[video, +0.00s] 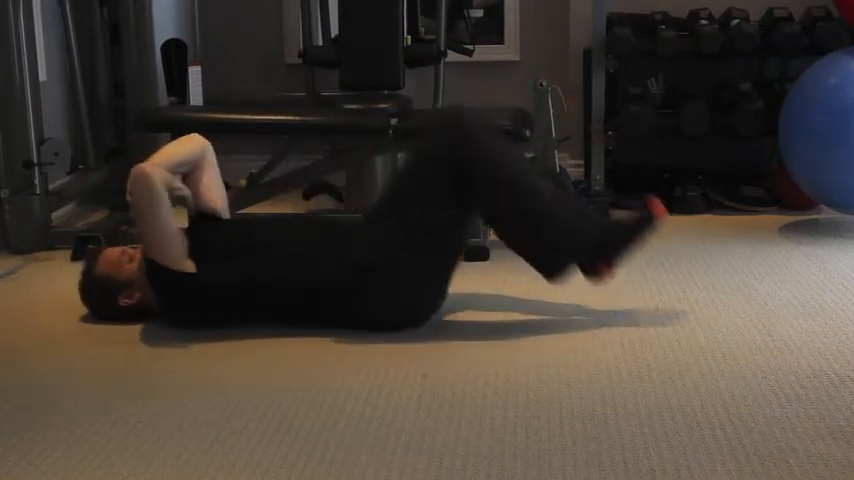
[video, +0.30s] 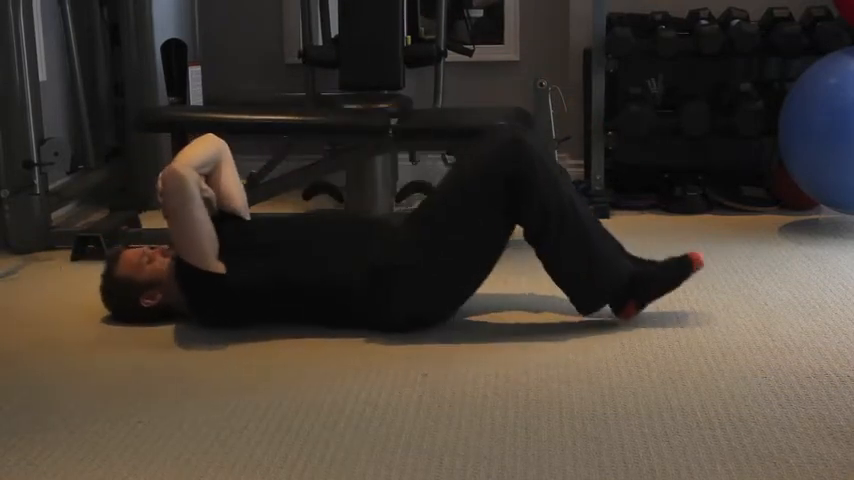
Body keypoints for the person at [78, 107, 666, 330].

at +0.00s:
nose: (130, 254)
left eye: (123, 254)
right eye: (120, 263)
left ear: (140, 267)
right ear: (130, 295)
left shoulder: (206, 250)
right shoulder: (181, 292)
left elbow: (199, 149)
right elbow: (145, 176)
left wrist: (169, 221)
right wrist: (176, 217)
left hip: (388, 259)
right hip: (383, 287)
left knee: (461, 133)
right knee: (456, 139)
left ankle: (574, 240)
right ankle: (585, 243)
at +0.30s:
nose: (153, 256)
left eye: (145, 255)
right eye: (143, 266)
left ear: (162, 261)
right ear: (155, 296)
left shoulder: (226, 253)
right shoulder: (207, 293)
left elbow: (216, 152)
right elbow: (181, 174)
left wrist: (186, 215)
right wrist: (197, 233)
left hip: (408, 258)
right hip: (402, 288)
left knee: (512, 140)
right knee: (512, 154)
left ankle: (604, 278)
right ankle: (616, 282)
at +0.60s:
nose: (127, 246)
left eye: (115, 250)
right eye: (118, 260)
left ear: (142, 261)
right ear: (137, 288)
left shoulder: (212, 248)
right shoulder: (191, 293)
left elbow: (212, 153)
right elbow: (166, 182)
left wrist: (172, 227)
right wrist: (181, 223)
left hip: (392, 271)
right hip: (380, 291)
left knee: (402, 116)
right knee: (395, 117)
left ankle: (549, 179)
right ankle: (546, 188)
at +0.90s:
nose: (123, 236)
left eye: (112, 244)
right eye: (114, 251)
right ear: (135, 284)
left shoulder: (213, 272)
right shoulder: (198, 293)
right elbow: (191, 172)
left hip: (392, 243)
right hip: (369, 253)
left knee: (252, 159)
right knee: (244, 150)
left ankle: (398, 88)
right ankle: (391, 100)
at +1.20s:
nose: (122, 237)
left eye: (110, 245)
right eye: (111, 252)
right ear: (134, 284)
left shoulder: (218, 267)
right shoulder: (196, 291)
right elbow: (200, 170)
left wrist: (196, 162)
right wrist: (187, 166)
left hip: (393, 242)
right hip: (362, 257)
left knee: (258, 143)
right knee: (245, 141)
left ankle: (393, 77)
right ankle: (385, 99)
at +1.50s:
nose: (134, 250)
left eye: (126, 253)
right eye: (125, 263)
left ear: (145, 258)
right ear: (136, 296)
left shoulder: (218, 257)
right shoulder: (196, 299)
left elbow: (218, 152)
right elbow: (178, 175)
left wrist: (189, 229)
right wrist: (197, 226)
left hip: (403, 269)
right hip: (394, 287)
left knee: (395, 114)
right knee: (391, 117)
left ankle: (544, 185)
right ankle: (542, 189)